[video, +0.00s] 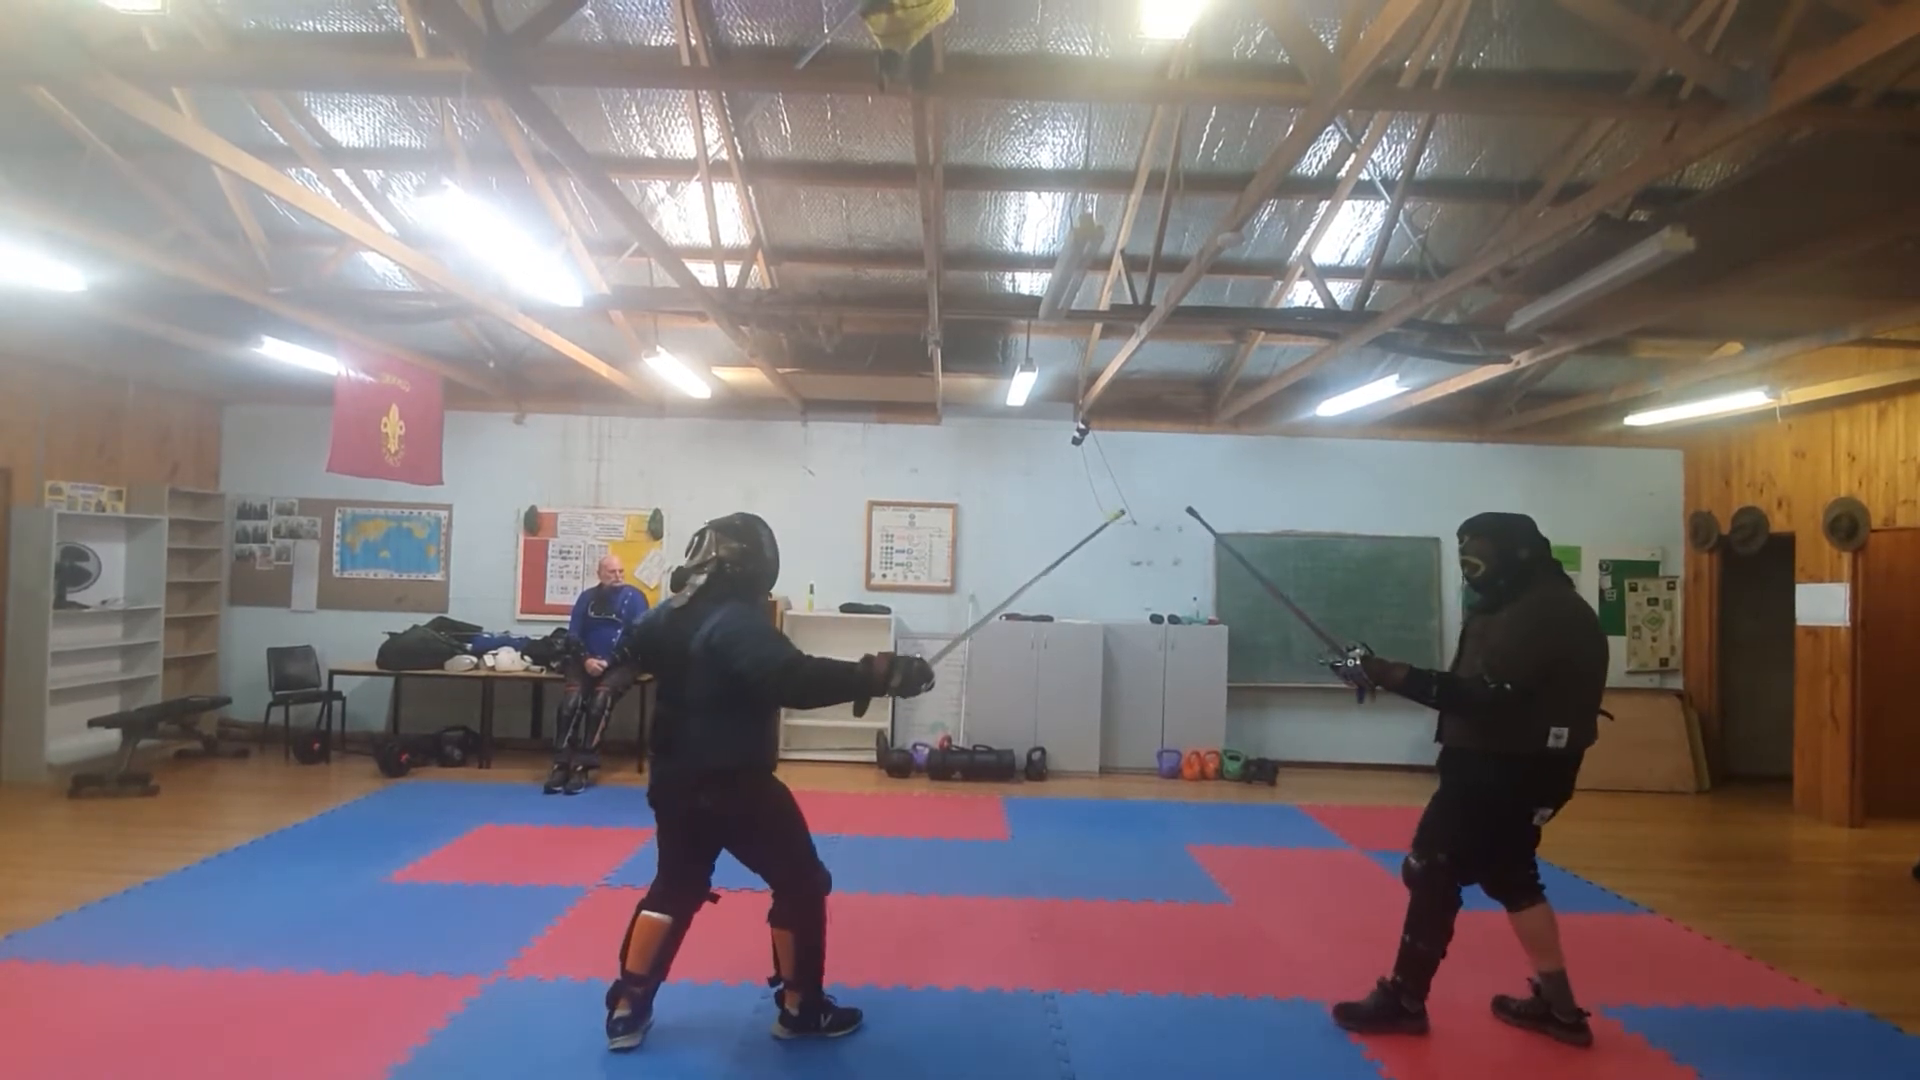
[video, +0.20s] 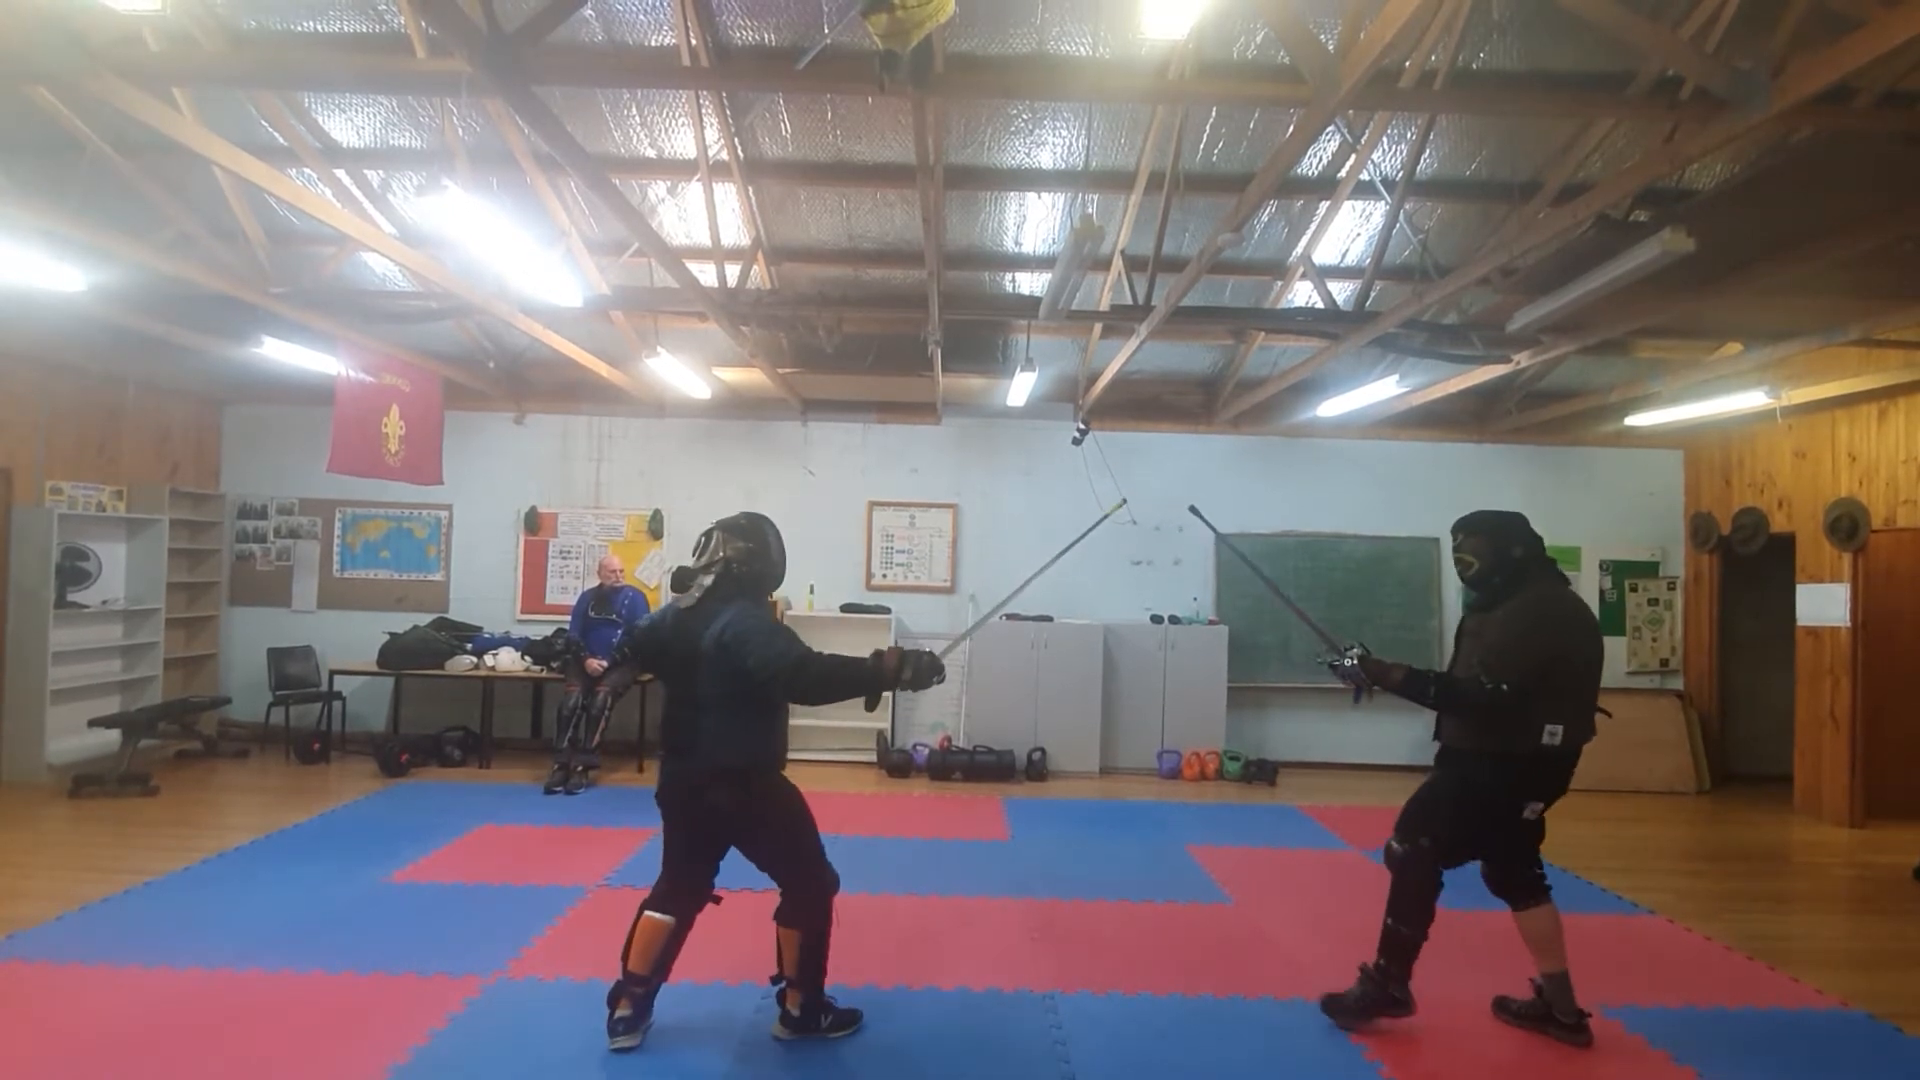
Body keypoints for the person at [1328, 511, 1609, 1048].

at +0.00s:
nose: (1468, 572)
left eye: (1478, 561)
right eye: (1465, 561)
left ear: (1515, 558)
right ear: (1523, 560)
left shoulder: (1529, 615)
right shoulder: (1568, 611)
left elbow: (1484, 697)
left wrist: (1397, 676)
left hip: (1492, 771)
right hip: (1526, 772)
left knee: (1432, 869)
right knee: (1513, 876)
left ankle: (1404, 998)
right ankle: (1558, 1002)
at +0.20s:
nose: (1463, 569)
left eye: (1472, 557)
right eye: (1459, 558)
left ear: (1510, 553)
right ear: (1513, 557)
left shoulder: (1531, 612)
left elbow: (1484, 698)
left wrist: (1391, 675)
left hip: (1492, 767)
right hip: (1528, 768)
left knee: (1414, 851)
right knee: (1516, 873)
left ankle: (1388, 984)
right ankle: (1559, 1004)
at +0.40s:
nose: (1440, 570)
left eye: (1448, 559)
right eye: (1437, 560)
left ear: (1484, 554)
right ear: (1498, 554)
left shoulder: (1495, 615)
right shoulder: (1540, 607)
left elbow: (1465, 702)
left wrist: (1371, 679)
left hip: (1475, 769)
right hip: (1519, 768)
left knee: (1408, 869)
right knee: (1512, 877)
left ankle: (1329, 964)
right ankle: (1560, 1003)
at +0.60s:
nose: (1414, 574)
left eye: (1422, 562)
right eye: (1412, 563)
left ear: (1456, 559)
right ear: (1468, 559)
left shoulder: (1473, 619)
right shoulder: (1511, 614)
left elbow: (1430, 704)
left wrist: (1332, 677)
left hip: (1437, 769)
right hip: (1480, 771)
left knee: (1366, 866)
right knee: (1482, 878)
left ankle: (1344, 995)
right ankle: (1555, 1002)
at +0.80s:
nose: (1398, 567)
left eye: (1406, 556)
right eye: (1396, 556)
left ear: (1441, 554)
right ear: (1452, 555)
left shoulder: (1445, 616)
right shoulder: (1498, 611)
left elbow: (1408, 699)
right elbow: (1492, 708)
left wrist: (1312, 668)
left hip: (1419, 763)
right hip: (1462, 764)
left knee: (1356, 863)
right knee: (1431, 856)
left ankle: (1342, 995)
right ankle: (1531, 970)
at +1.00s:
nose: (1411, 572)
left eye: (1420, 561)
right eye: (1409, 561)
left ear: (1456, 559)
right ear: (1464, 560)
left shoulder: (1472, 619)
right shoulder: (1512, 614)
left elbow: (1420, 695)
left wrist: (1323, 667)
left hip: (1437, 772)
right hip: (1469, 773)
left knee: (1379, 873)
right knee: (1460, 871)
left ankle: (1344, 996)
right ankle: (1541, 985)